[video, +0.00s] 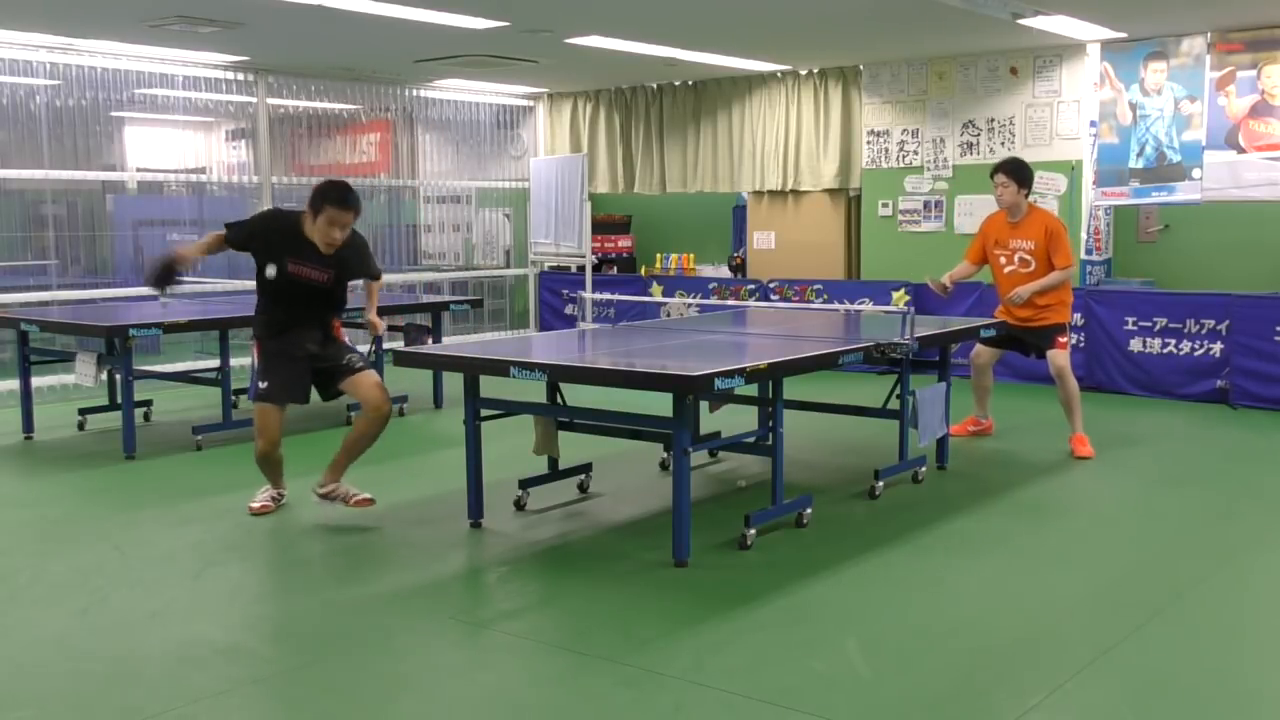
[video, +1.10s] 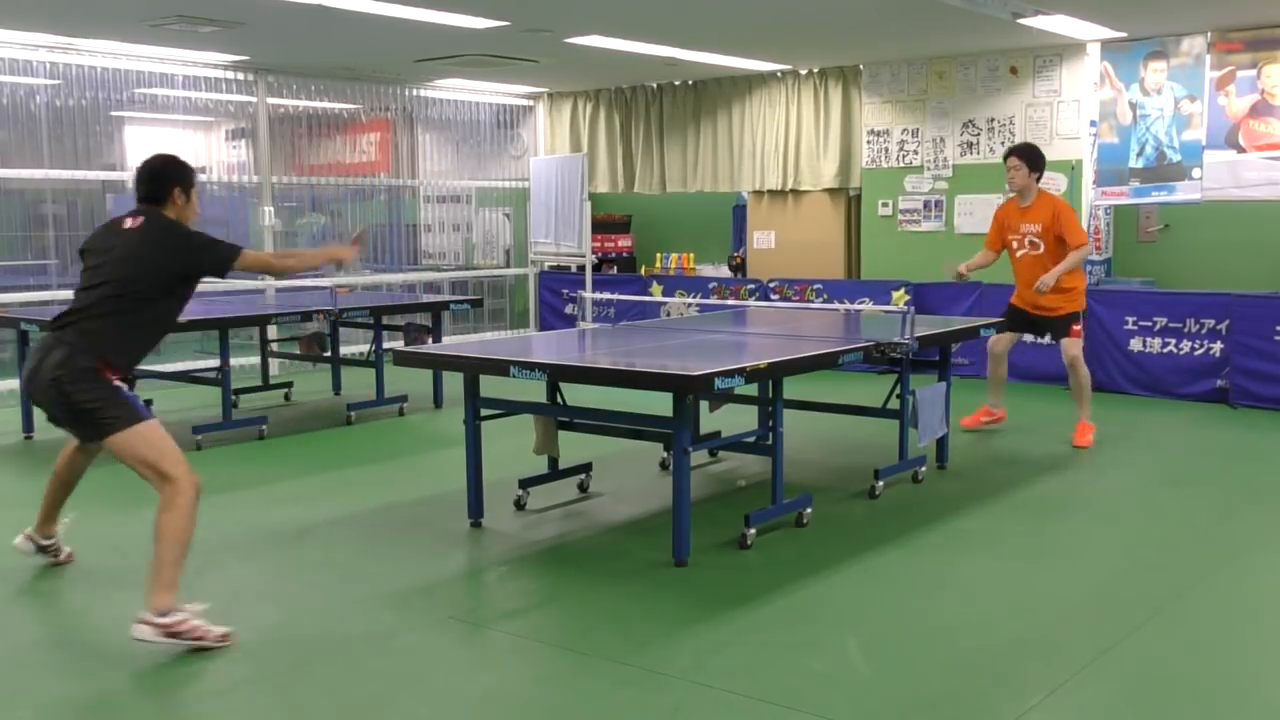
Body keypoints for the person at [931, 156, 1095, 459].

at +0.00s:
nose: (998, 191)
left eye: (1004, 185)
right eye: (995, 186)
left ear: (1023, 189)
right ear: (994, 189)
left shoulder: (1049, 224)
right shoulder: (991, 224)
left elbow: (1066, 271)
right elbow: (974, 262)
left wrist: (1031, 288)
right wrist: (950, 277)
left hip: (1050, 313)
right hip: (1009, 313)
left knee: (1060, 368)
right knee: (979, 359)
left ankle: (1078, 434)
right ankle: (981, 419)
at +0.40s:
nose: (989, 209)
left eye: (995, 203)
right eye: (987, 203)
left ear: (1015, 204)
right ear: (986, 203)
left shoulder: (1043, 235)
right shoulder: (983, 237)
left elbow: (1057, 284)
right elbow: (955, 267)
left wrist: (1021, 289)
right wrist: (948, 286)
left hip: (1041, 320)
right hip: (998, 319)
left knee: (1055, 373)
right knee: (958, 362)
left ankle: (1076, 434)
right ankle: (947, 427)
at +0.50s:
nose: (977, 211)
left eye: (982, 205)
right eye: (975, 205)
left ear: (1003, 206)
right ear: (973, 206)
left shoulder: (1029, 234)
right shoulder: (970, 238)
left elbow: (1050, 280)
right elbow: (926, 255)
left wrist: (1016, 292)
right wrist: (927, 276)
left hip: (1035, 322)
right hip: (993, 321)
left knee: (1051, 374)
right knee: (953, 361)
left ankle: (1076, 433)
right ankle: (947, 427)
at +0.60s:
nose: (966, 205)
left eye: (972, 200)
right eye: (965, 200)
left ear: (992, 202)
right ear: (965, 201)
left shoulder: (1019, 231)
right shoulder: (959, 235)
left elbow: (1044, 273)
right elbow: (921, 247)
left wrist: (1013, 289)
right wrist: (906, 242)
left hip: (1033, 319)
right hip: (991, 319)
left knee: (1049, 370)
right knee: (952, 359)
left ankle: (1076, 433)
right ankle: (948, 428)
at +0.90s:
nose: (989, 193)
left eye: (996, 187)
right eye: (987, 188)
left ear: (1015, 191)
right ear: (986, 191)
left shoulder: (1039, 224)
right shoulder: (981, 230)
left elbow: (1065, 262)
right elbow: (949, 261)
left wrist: (1036, 273)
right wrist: (926, 252)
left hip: (1042, 318)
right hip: (1000, 318)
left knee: (1055, 375)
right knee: (968, 360)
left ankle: (1076, 423)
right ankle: (949, 425)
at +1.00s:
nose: (1001, 184)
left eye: (1008, 178)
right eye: (999, 179)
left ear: (1027, 181)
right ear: (999, 182)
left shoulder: (1052, 216)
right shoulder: (999, 220)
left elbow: (1076, 256)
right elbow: (975, 256)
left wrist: (1046, 271)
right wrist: (945, 261)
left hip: (1053, 312)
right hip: (1015, 311)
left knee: (1058, 368)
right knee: (988, 355)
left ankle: (1075, 424)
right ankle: (957, 417)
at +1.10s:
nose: (1009, 175)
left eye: (1016, 169)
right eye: (1007, 170)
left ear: (1034, 173)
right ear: (1006, 174)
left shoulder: (1058, 208)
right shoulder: (1005, 212)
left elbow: (1083, 248)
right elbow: (991, 251)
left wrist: (1055, 273)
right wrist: (969, 266)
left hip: (1065, 299)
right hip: (1025, 298)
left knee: (1073, 357)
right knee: (996, 347)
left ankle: (1085, 421)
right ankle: (994, 409)